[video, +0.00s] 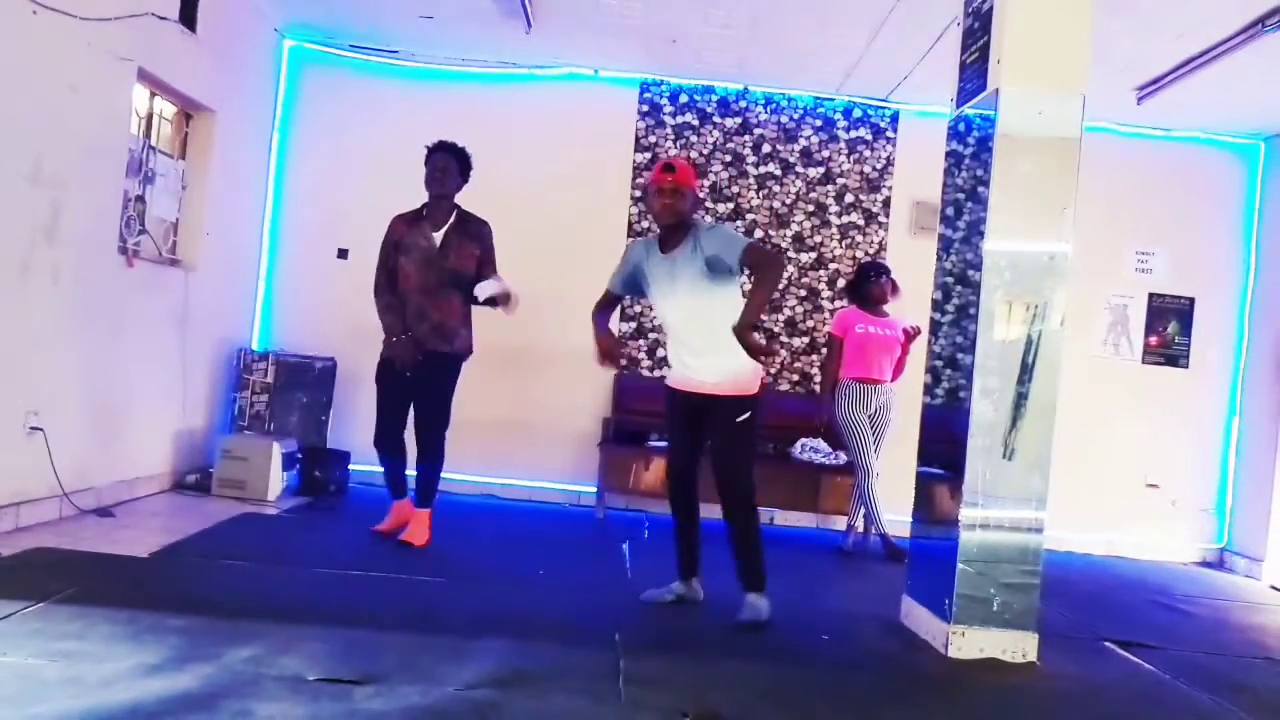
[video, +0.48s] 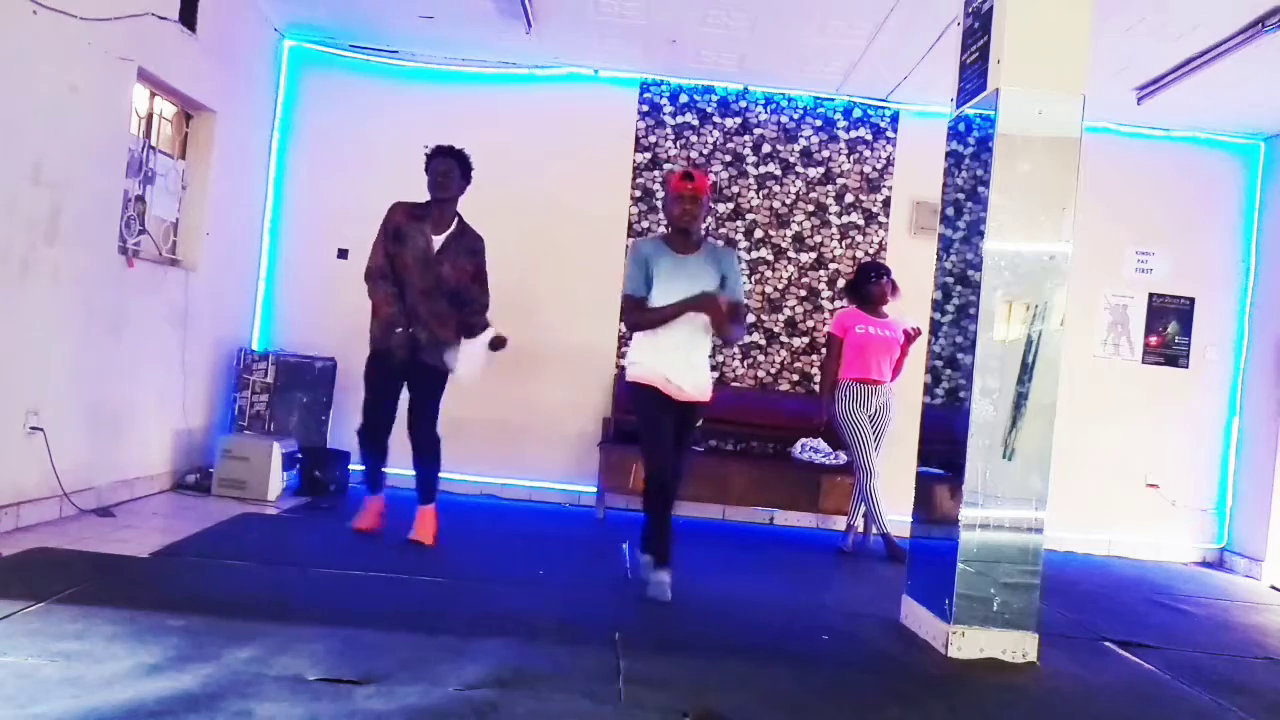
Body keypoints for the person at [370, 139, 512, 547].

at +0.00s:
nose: (436, 176)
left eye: (445, 171)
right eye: (431, 169)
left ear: (462, 179)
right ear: (424, 174)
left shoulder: (477, 230)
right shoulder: (401, 225)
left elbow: (486, 287)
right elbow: (383, 286)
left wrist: (495, 294)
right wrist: (396, 337)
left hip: (444, 352)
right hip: (401, 347)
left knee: (429, 435)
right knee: (387, 433)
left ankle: (422, 514)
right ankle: (400, 503)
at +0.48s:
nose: (439, 180)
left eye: (448, 174)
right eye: (434, 173)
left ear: (465, 183)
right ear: (426, 178)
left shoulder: (471, 242)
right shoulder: (400, 215)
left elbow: (477, 311)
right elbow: (377, 272)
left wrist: (453, 334)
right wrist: (392, 321)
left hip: (434, 351)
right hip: (389, 343)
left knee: (422, 428)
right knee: (374, 423)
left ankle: (427, 510)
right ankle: (374, 498)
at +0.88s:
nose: (417, 177)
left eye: (426, 170)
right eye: (413, 170)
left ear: (445, 176)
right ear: (407, 174)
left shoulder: (463, 231)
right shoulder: (398, 223)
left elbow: (467, 292)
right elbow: (376, 272)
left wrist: (457, 326)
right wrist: (381, 317)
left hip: (433, 348)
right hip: (391, 341)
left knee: (414, 424)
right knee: (372, 420)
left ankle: (420, 500)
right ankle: (369, 501)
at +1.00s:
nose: (416, 181)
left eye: (425, 174)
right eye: (411, 173)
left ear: (442, 180)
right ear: (405, 177)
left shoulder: (466, 227)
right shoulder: (392, 229)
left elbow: (503, 280)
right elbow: (373, 285)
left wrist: (463, 283)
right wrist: (391, 326)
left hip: (439, 355)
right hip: (396, 352)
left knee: (432, 437)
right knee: (392, 435)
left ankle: (435, 515)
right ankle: (399, 510)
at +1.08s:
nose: (418, 181)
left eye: (427, 175)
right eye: (412, 173)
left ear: (442, 179)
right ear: (405, 176)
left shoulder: (465, 226)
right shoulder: (390, 229)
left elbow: (501, 277)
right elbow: (376, 289)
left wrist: (501, 268)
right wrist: (396, 337)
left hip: (445, 351)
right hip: (401, 347)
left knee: (433, 428)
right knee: (400, 427)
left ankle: (431, 509)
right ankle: (411, 502)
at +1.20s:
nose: (418, 184)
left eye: (428, 178)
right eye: (414, 177)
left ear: (445, 184)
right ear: (407, 181)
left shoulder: (463, 231)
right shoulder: (387, 232)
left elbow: (490, 284)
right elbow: (379, 294)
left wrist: (514, 271)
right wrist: (400, 341)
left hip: (450, 349)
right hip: (405, 347)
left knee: (444, 420)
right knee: (409, 421)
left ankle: (420, 496)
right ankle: (410, 501)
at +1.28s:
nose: (423, 181)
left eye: (432, 176)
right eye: (418, 174)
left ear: (448, 181)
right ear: (411, 178)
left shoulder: (464, 230)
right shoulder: (390, 226)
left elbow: (479, 288)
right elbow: (378, 289)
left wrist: (514, 281)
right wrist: (403, 338)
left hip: (451, 344)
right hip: (406, 342)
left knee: (449, 417)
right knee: (407, 418)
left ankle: (435, 492)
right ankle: (407, 502)